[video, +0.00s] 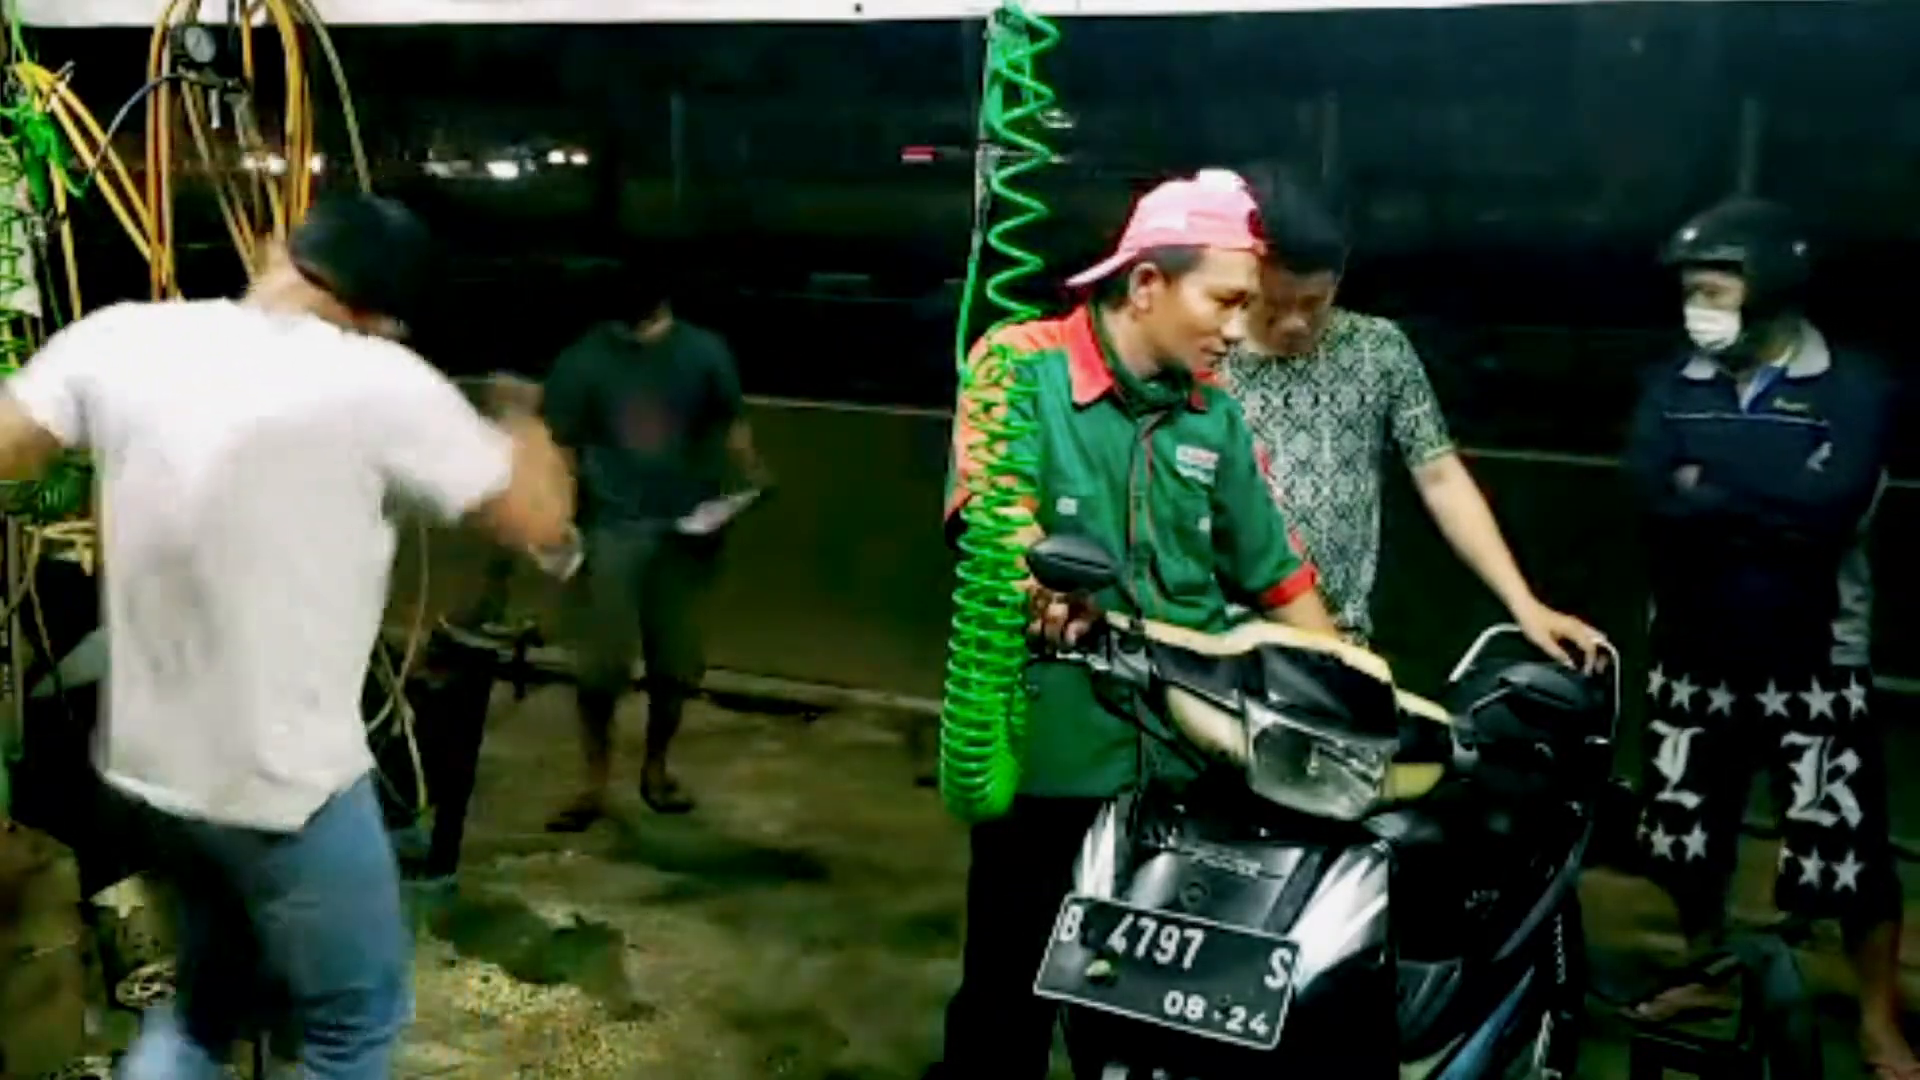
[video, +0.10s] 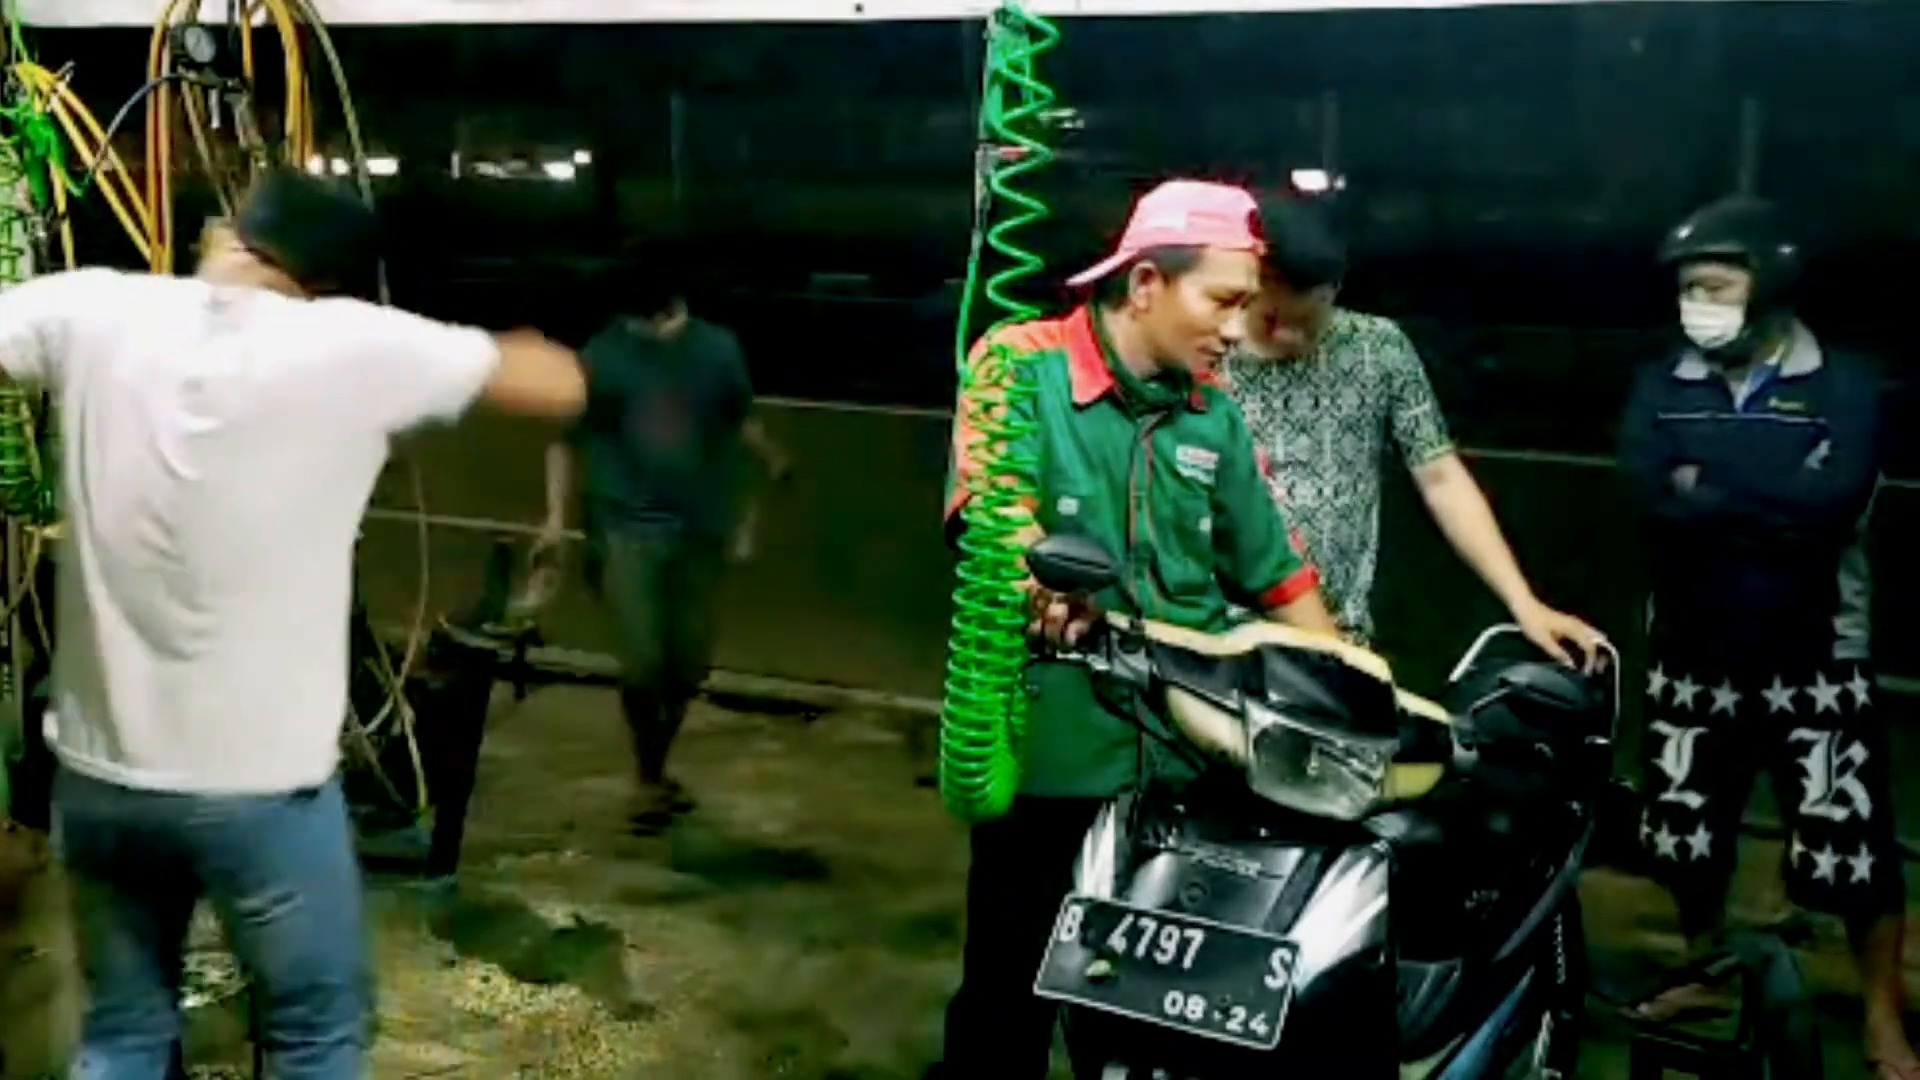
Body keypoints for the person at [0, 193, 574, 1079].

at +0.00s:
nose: (388, 341)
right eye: (393, 327)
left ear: (279, 258)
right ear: (375, 318)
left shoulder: (121, 338)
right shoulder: (380, 381)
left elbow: (9, 446)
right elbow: (537, 519)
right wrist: (528, 425)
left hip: (143, 767)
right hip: (291, 788)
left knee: (204, 1008)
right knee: (352, 1030)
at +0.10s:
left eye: (228, 225)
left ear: (233, 240)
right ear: (335, 282)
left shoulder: (92, 310)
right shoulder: (359, 344)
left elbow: (1, 326)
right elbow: (560, 383)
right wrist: (449, 347)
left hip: (102, 784)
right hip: (267, 795)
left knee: (123, 1031)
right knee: (314, 1037)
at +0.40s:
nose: (242, 352)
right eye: (245, 334)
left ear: (107, 303)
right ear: (229, 325)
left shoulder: (16, 413)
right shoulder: (232, 400)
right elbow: (299, 613)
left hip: (31, 832)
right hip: (188, 818)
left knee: (104, 1058)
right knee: (369, 909)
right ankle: (319, 1066)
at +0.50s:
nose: (231, 353)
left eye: (236, 334)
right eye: (234, 329)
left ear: (110, 304)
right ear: (202, 306)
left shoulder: (18, 411)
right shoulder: (181, 388)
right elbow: (214, 565)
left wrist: (306, 565)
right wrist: (293, 732)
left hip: (35, 831)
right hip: (164, 821)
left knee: (121, 1057)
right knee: (366, 917)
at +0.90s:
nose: (340, 304)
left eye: (345, 286)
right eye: (338, 284)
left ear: (242, 269)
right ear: (296, 271)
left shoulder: (131, 357)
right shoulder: (282, 375)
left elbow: (224, 444)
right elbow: (290, 554)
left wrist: (373, 503)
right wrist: (444, 683)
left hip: (136, 777)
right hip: (241, 790)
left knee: (273, 965)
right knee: (389, 1020)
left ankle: (214, 1065)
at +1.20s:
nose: (379, 299)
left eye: (386, 283)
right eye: (383, 281)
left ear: (272, 253)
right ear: (353, 262)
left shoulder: (147, 337)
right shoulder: (374, 338)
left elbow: (12, 428)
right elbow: (563, 406)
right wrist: (553, 373)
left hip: (201, 737)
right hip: (330, 748)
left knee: (292, 967)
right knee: (389, 1000)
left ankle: (291, 1075)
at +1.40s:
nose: (412, 284)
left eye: (413, 273)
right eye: (415, 272)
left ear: (303, 241)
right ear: (389, 258)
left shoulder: (181, 308)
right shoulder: (407, 321)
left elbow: (14, 387)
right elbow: (574, 380)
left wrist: (19, 553)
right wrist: (555, 343)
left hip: (212, 707)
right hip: (346, 713)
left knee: (301, 925)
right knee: (422, 922)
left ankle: (293, 1068)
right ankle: (367, 1067)